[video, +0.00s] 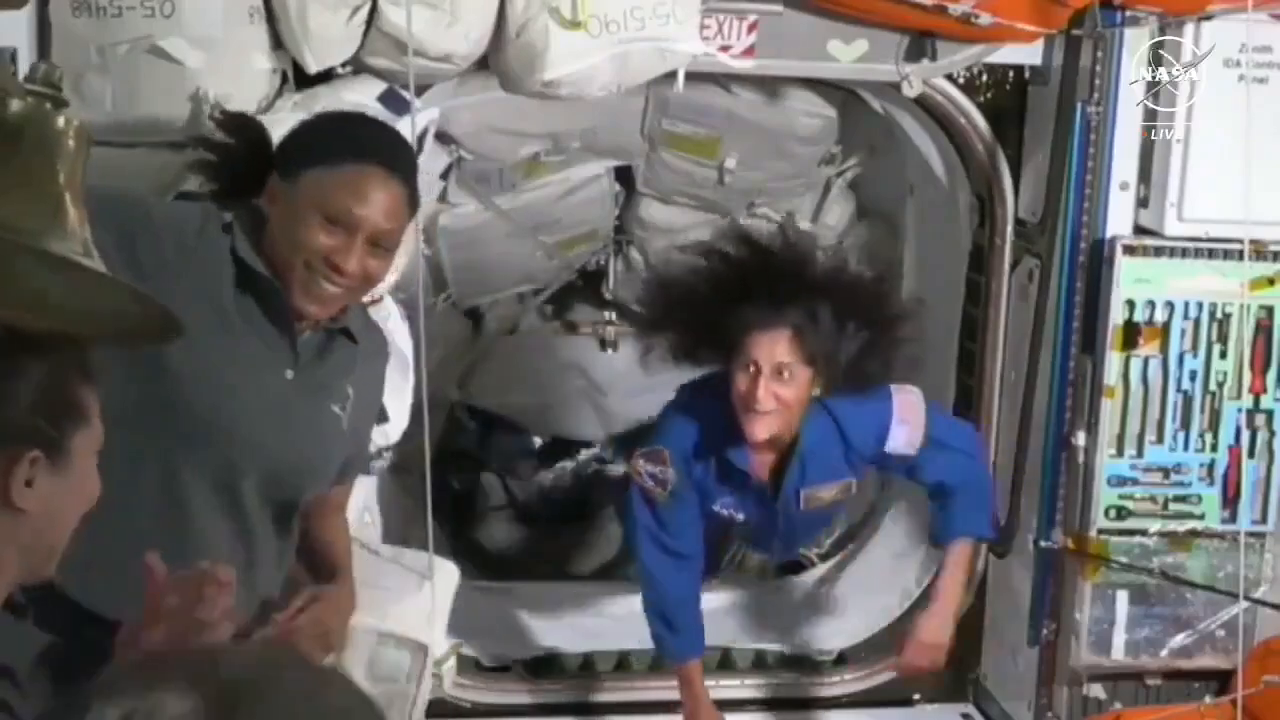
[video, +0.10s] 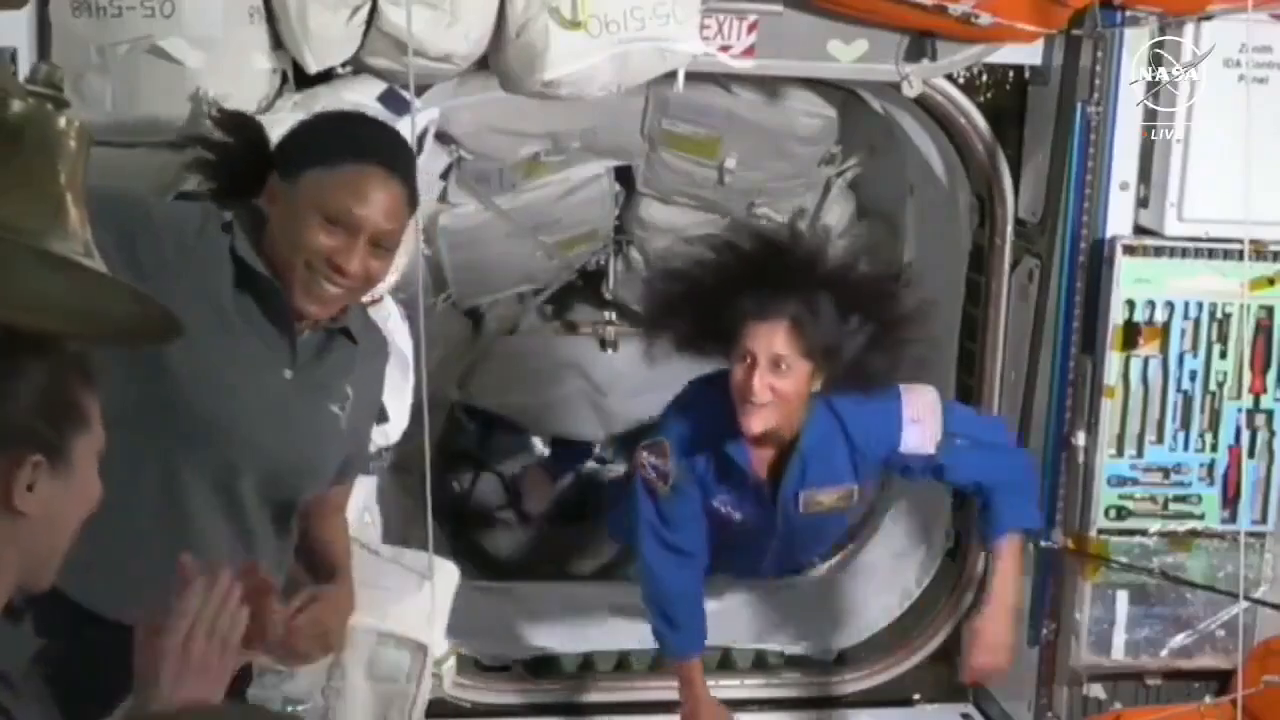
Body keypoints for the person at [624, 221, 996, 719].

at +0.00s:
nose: (759, 394)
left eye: (783, 375)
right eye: (748, 369)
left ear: (817, 384)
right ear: (728, 371)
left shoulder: (855, 422)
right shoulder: (682, 435)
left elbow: (965, 456)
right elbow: (668, 566)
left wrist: (943, 608)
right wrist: (693, 695)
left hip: (818, 536)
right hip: (720, 534)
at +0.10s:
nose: (755, 387)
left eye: (780, 368)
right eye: (746, 362)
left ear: (817, 378)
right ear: (729, 361)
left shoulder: (869, 424)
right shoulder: (681, 439)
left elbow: (1008, 463)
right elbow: (669, 569)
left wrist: (1000, 607)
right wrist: (693, 690)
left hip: (808, 546)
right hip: (705, 544)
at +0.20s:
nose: (753, 384)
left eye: (778, 364)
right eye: (743, 359)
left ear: (817, 372)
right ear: (727, 360)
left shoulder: (870, 424)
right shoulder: (691, 423)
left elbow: (1033, 464)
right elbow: (666, 552)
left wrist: (1048, 614)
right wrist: (678, 683)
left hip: (791, 568)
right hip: (690, 553)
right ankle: (571, 469)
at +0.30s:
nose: (757, 383)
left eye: (779, 363)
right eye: (743, 360)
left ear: (824, 364)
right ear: (726, 356)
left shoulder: (886, 422)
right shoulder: (701, 405)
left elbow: (1054, 478)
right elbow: (645, 504)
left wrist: (1089, 614)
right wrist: (638, 632)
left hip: (789, 583)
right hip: (696, 531)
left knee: (693, 628)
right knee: (603, 555)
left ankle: (693, 658)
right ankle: (571, 490)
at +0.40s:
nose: (759, 389)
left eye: (781, 369)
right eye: (742, 365)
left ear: (826, 367)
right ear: (724, 356)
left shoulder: (881, 427)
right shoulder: (696, 397)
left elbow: (1057, 485)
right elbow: (608, 470)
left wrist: (1127, 630)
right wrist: (568, 589)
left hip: (819, 581)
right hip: (710, 529)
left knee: (699, 653)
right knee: (601, 578)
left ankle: (702, 697)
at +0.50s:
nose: (748, 398)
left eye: (771, 377)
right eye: (732, 372)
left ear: (819, 373)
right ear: (714, 360)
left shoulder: (875, 437)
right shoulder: (694, 398)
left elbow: (1031, 508)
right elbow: (597, 427)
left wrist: (1109, 644)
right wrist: (527, 500)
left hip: (824, 584)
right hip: (714, 530)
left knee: (701, 688)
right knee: (602, 608)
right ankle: (673, 529)